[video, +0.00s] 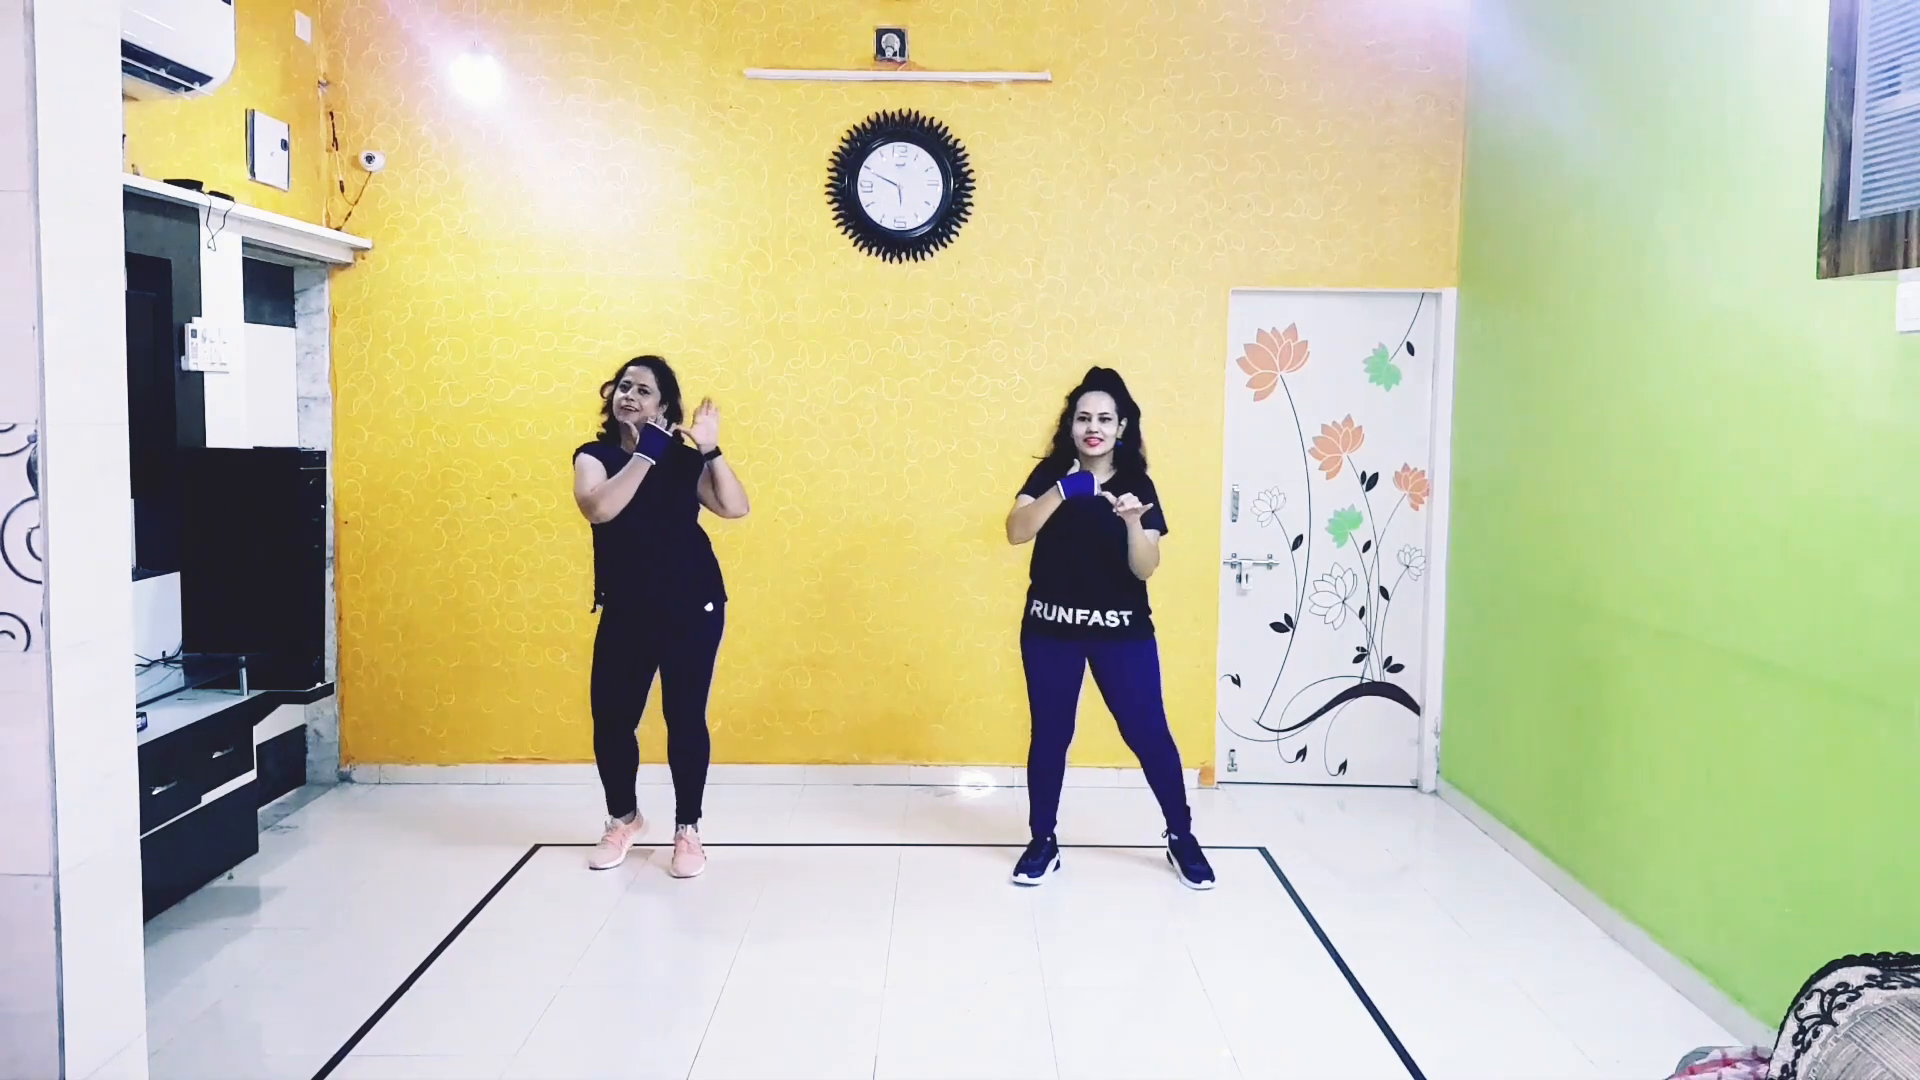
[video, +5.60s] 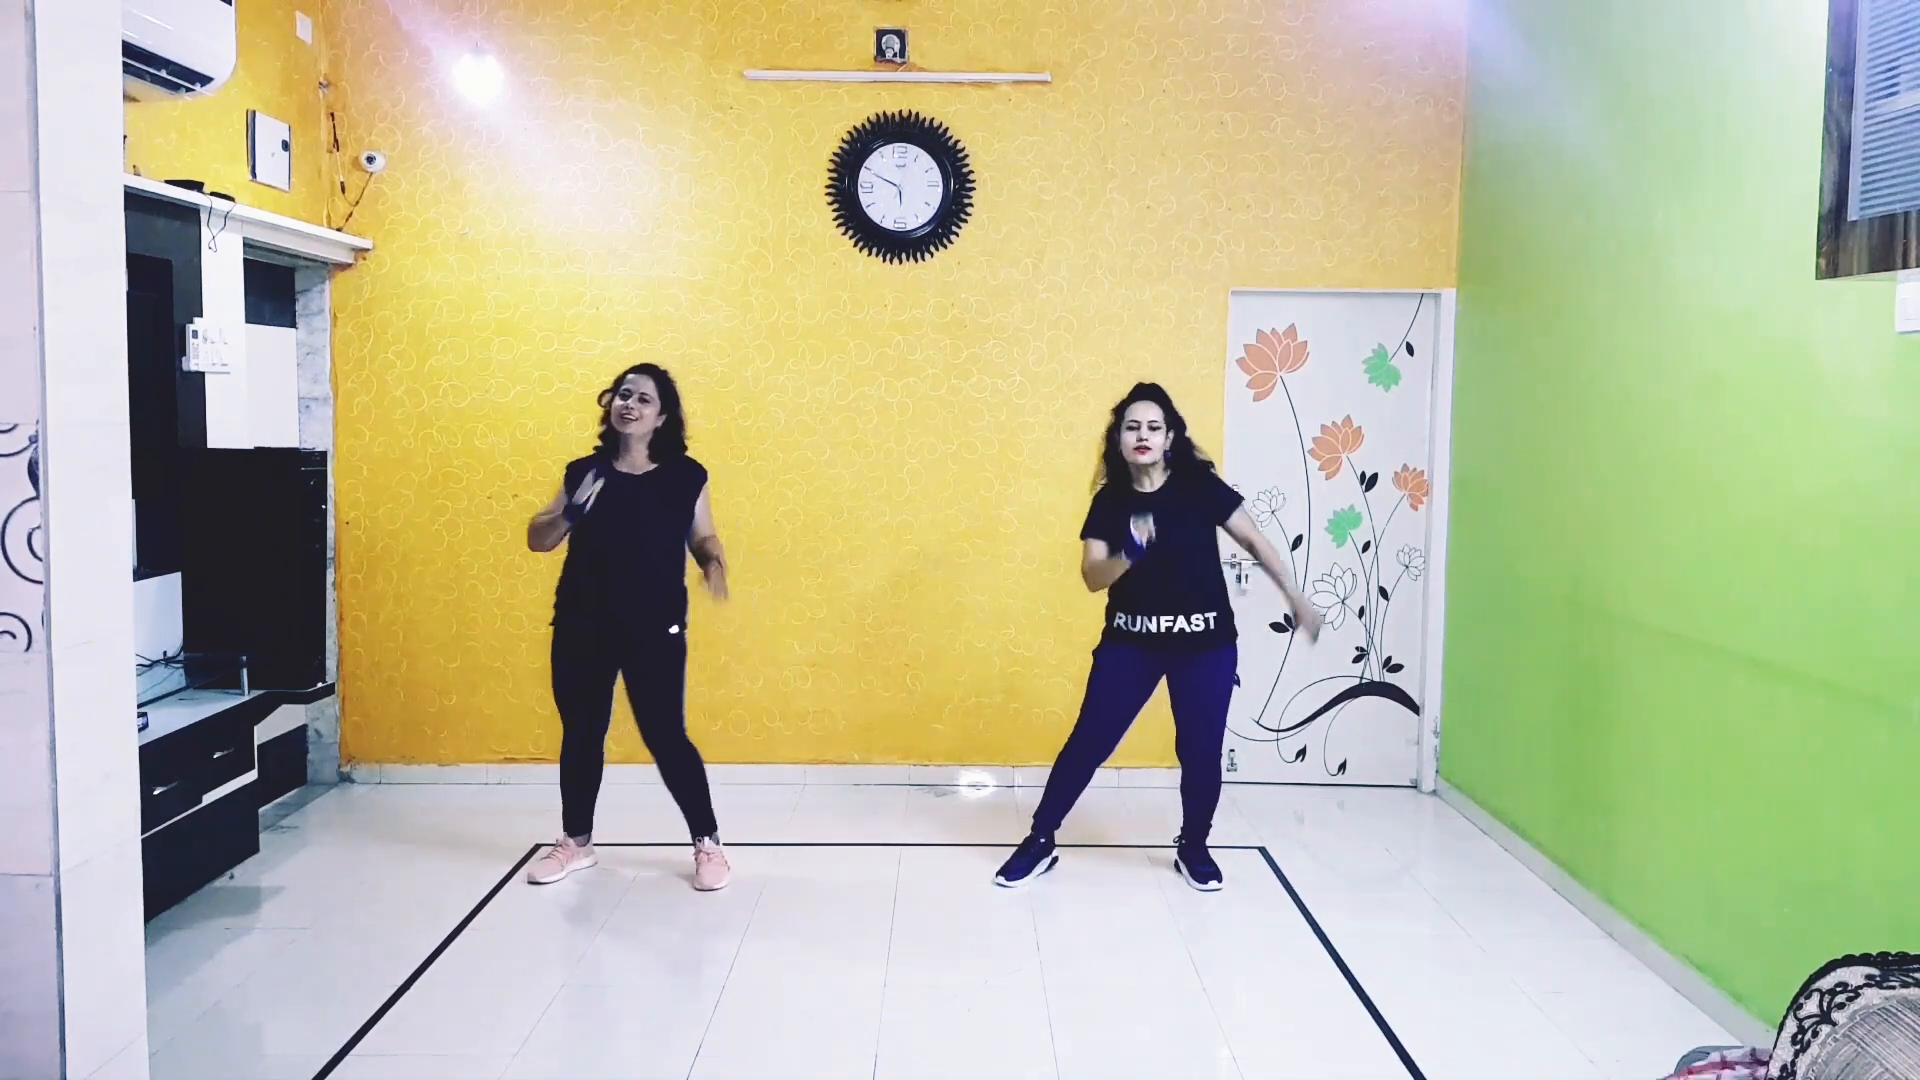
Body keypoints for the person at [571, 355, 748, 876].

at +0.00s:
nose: (629, 394)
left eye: (642, 390)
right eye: (624, 386)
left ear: (665, 405)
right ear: (610, 396)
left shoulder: (683, 456)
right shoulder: (594, 455)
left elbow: (735, 507)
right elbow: (598, 509)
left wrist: (712, 450)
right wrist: (645, 452)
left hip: (692, 605)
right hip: (626, 606)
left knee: (686, 716)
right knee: (611, 720)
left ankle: (687, 829)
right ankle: (624, 819)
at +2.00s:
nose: (601, 401)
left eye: (615, 395)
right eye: (597, 393)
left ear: (642, 411)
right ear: (588, 404)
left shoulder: (663, 460)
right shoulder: (577, 463)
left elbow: (719, 501)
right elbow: (578, 523)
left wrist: (687, 448)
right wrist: (618, 461)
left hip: (650, 610)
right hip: (586, 612)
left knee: (646, 720)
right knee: (602, 725)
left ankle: (685, 825)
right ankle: (615, 834)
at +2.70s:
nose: (621, 391)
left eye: (634, 385)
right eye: (617, 384)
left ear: (662, 399)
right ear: (609, 397)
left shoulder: (691, 462)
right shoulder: (594, 460)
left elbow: (737, 521)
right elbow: (580, 523)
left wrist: (727, 491)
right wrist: (613, 461)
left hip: (674, 614)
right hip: (606, 614)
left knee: (680, 724)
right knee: (600, 726)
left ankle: (698, 833)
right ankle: (593, 836)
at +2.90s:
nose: (610, 396)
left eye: (623, 390)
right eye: (606, 389)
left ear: (650, 406)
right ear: (597, 402)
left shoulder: (679, 471)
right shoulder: (580, 464)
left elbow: (711, 523)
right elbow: (560, 525)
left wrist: (710, 550)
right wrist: (591, 460)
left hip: (646, 621)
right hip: (579, 618)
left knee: (648, 729)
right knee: (589, 730)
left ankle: (685, 831)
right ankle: (594, 840)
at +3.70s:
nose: (645, 411)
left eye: (660, 406)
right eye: (642, 402)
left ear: (682, 424)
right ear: (628, 413)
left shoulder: (705, 481)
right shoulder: (611, 477)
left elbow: (737, 541)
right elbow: (595, 534)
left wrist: (770, 587)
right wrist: (620, 462)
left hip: (712, 629)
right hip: (645, 632)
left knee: (709, 732)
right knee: (624, 736)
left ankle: (711, 839)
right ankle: (632, 844)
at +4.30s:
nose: (605, 395)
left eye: (621, 390)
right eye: (605, 387)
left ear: (646, 413)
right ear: (597, 401)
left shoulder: (674, 467)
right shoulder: (579, 463)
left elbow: (698, 536)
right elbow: (548, 522)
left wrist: (700, 606)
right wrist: (572, 446)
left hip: (642, 624)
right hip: (573, 620)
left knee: (647, 735)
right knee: (577, 735)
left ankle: (691, 836)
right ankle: (580, 845)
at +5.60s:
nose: (627, 403)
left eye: (642, 399)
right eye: (622, 394)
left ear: (663, 416)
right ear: (609, 406)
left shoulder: (685, 478)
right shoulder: (584, 472)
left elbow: (704, 540)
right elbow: (538, 541)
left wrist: (713, 562)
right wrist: (568, 511)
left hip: (653, 628)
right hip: (583, 625)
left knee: (665, 737)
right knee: (580, 734)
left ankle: (706, 845)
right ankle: (575, 841)